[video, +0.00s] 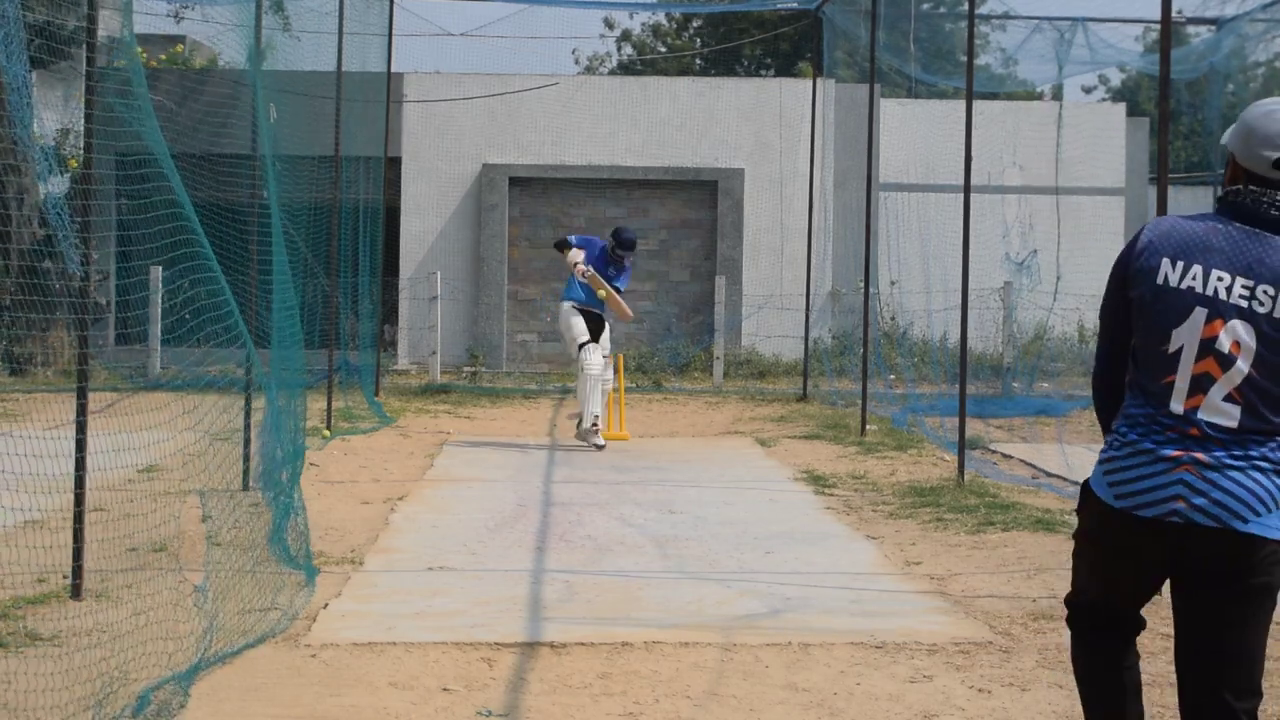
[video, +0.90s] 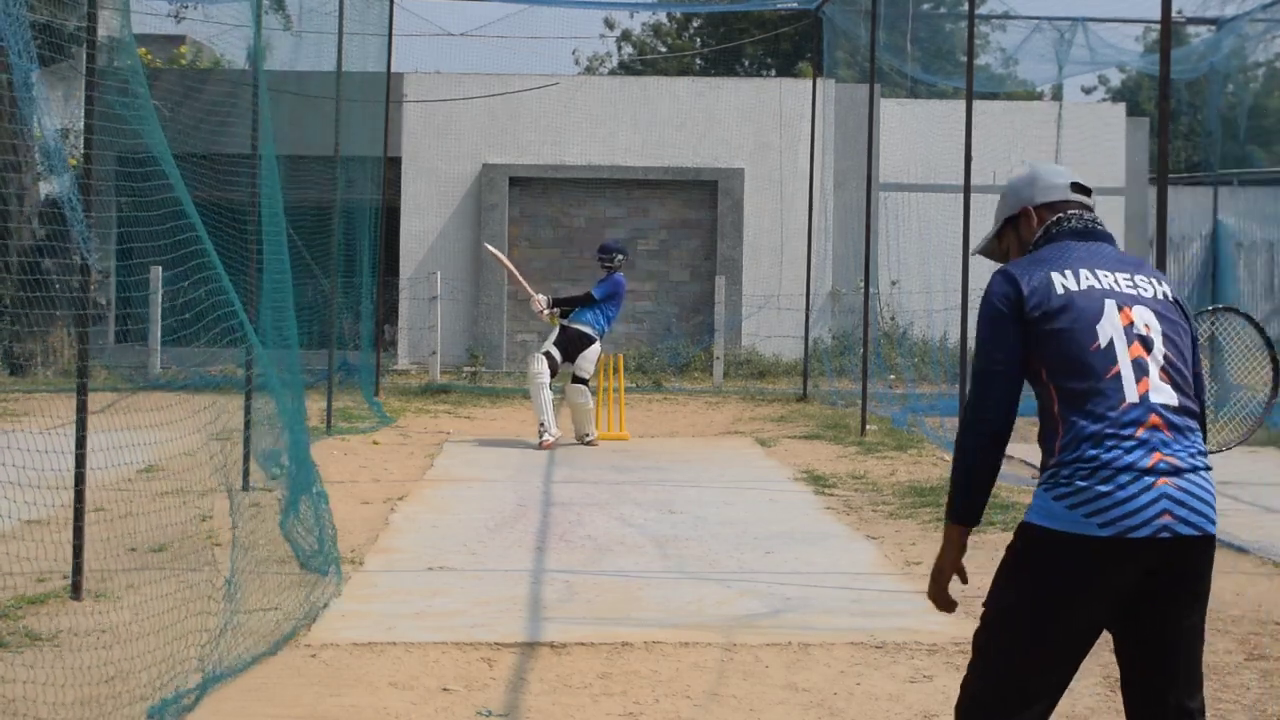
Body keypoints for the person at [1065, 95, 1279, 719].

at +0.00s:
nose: (1231, 170)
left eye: (1232, 162)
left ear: (1231, 169)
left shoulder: (1157, 240)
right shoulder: (1277, 264)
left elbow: (1109, 377)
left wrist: (1136, 456)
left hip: (1130, 501)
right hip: (1246, 519)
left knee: (1101, 621)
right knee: (1224, 700)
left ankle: (1116, 716)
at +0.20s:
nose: (1204, 172)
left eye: (1208, 164)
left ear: (1213, 170)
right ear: (1279, 185)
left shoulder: (1141, 246)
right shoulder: (1277, 265)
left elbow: (1087, 385)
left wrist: (1131, 458)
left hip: (1125, 508)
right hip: (1242, 519)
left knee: (1105, 689)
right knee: (1221, 699)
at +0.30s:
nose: (1190, 174)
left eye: (1194, 166)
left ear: (1202, 171)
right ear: (1273, 183)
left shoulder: (1139, 246)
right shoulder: (1277, 263)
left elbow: (1082, 381)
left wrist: (1130, 454)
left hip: (1124, 514)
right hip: (1240, 522)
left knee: (1103, 704)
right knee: (1220, 705)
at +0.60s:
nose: (1114, 214)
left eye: (1116, 199)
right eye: (1112, 201)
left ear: (1139, 187)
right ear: (1190, 187)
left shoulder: (1114, 251)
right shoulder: (1254, 273)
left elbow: (1066, 386)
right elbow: (1252, 401)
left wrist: (1114, 457)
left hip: (1127, 512)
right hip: (1230, 517)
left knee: (1056, 696)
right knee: (1201, 701)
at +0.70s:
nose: (1089, 226)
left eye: (1089, 210)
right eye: (1085, 214)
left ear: (1113, 193)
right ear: (1167, 193)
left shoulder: (1097, 254)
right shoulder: (1235, 276)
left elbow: (1056, 397)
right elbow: (1238, 406)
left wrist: (1093, 477)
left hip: (1120, 510)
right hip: (1222, 516)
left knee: (1041, 696)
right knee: (1196, 701)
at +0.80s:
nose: (1045, 243)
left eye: (1045, 227)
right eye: (1041, 231)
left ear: (1067, 203)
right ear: (1123, 205)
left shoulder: (1057, 263)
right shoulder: (1197, 277)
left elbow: (1028, 399)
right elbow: (1216, 410)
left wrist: (1009, 502)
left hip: (1101, 515)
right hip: (1205, 520)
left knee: (1014, 699)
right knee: (1181, 703)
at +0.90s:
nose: (1007, 261)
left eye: (1006, 246)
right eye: (1002, 250)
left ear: (1028, 220)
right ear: (1084, 217)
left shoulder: (1019, 280)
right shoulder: (1159, 281)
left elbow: (989, 416)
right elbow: (1193, 409)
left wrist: (954, 536)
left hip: (1082, 523)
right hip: (1187, 524)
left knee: (994, 705)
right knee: (1173, 707)